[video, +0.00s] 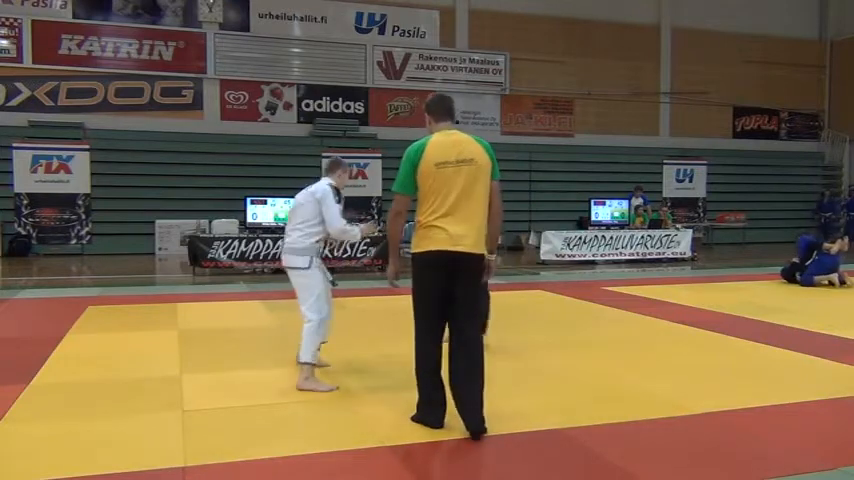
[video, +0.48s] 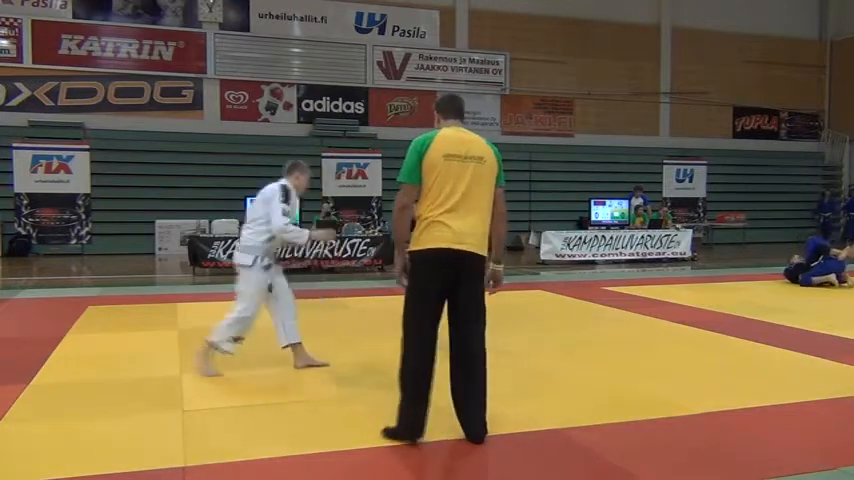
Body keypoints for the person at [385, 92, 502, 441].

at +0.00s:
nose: (425, 123)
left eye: (425, 119)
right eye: (430, 118)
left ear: (428, 118)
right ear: (455, 116)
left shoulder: (417, 151)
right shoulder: (483, 148)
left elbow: (398, 210)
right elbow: (496, 206)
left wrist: (393, 258)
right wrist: (491, 251)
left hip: (429, 255)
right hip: (471, 256)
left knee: (427, 335)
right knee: (467, 336)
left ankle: (431, 412)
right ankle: (474, 419)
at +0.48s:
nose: (432, 122)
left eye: (432, 117)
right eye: (438, 117)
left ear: (436, 116)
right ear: (463, 117)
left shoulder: (423, 144)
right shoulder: (489, 151)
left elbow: (404, 202)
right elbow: (499, 208)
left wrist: (400, 250)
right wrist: (496, 259)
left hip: (429, 256)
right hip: (472, 259)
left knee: (418, 340)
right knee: (470, 343)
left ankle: (409, 426)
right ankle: (476, 428)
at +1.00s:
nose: (367, 119)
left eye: (368, 113)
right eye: (372, 113)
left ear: (373, 113)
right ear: (404, 113)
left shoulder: (361, 147)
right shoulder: (431, 151)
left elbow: (346, 213)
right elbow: (444, 212)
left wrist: (349, 257)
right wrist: (444, 263)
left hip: (370, 264)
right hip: (415, 264)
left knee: (369, 352)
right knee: (430, 343)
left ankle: (374, 443)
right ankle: (462, 423)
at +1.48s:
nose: (321, 118)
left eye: (320, 113)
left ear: (322, 113)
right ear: (354, 111)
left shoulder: (317, 145)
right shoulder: (382, 147)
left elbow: (298, 211)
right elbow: (395, 208)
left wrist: (290, 265)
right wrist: (391, 259)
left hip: (334, 259)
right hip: (374, 259)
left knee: (348, 346)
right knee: (347, 343)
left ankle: (373, 442)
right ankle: (337, 426)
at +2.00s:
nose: (271, 118)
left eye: (271, 112)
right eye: (275, 112)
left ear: (277, 112)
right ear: (305, 110)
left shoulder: (263, 144)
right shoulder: (334, 148)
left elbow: (243, 209)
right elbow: (346, 211)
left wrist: (239, 262)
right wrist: (331, 253)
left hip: (271, 264)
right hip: (318, 266)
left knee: (250, 350)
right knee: (322, 346)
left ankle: (225, 443)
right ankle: (338, 428)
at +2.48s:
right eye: (235, 104)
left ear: (203, 105)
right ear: (237, 104)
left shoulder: (183, 144)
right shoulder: (263, 136)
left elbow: (164, 211)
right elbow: (280, 201)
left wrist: (165, 263)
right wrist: (285, 259)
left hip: (205, 265)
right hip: (256, 264)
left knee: (211, 356)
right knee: (261, 354)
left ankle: (217, 447)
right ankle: (258, 446)